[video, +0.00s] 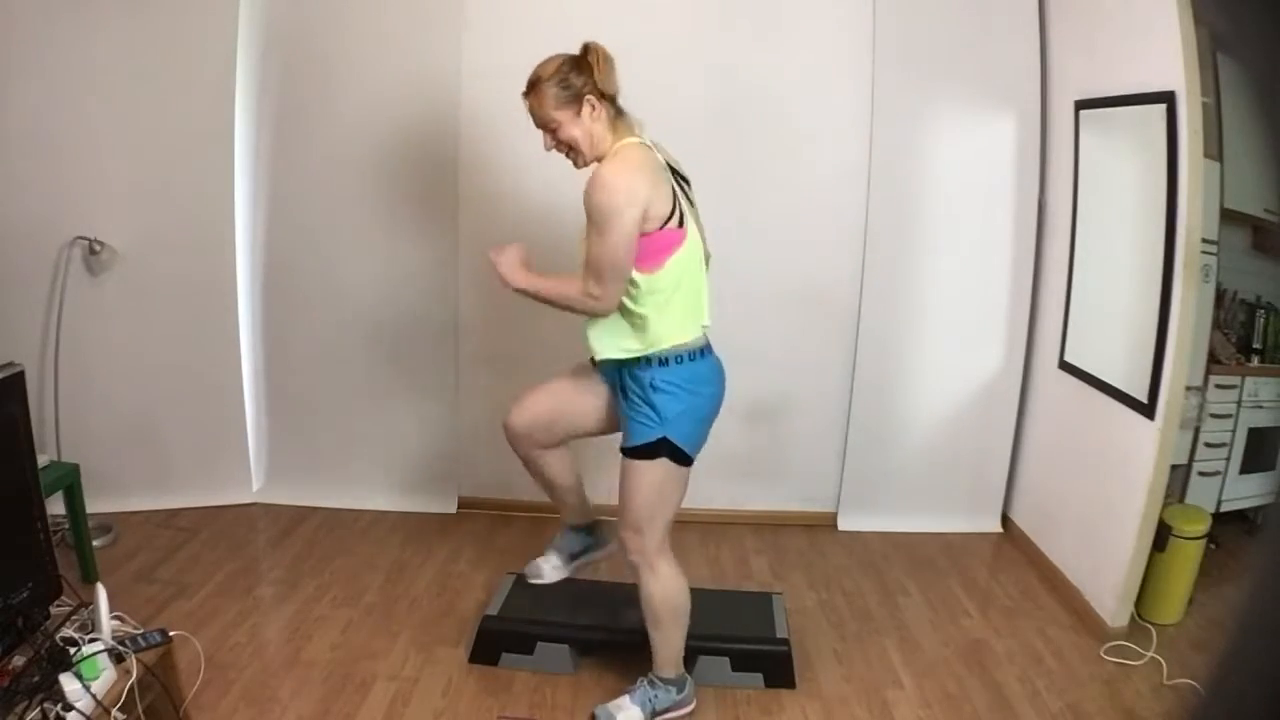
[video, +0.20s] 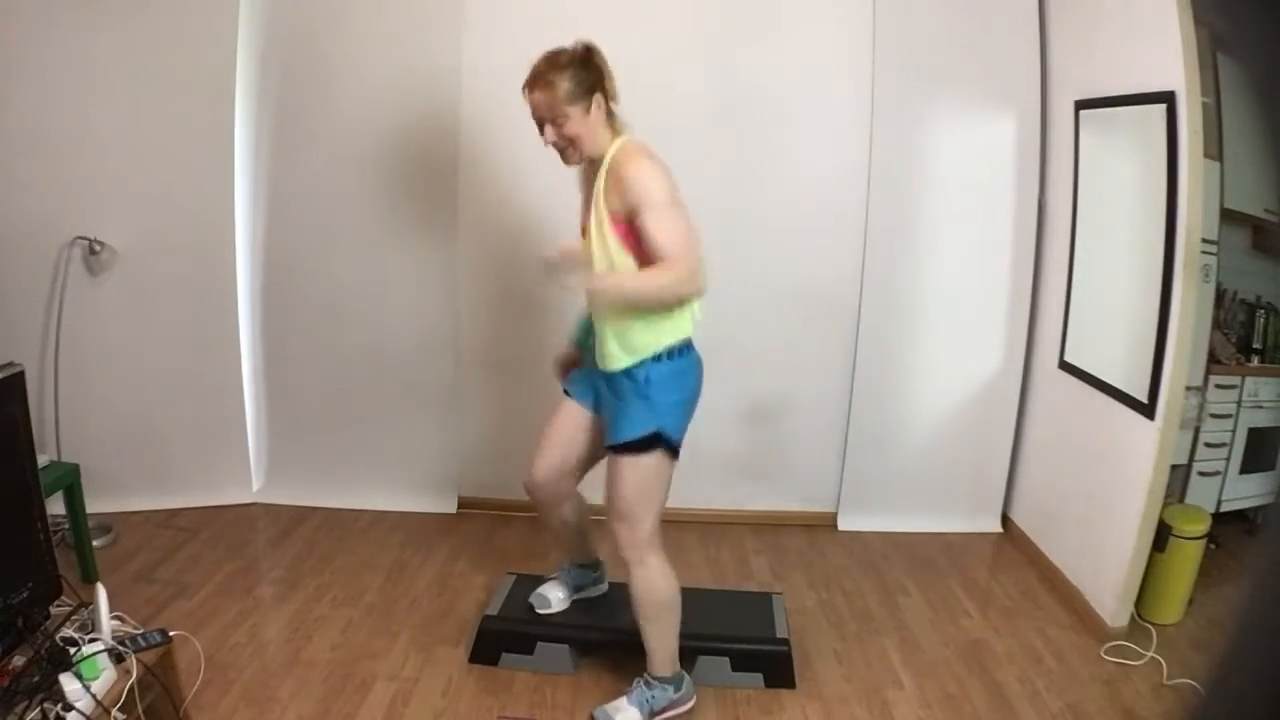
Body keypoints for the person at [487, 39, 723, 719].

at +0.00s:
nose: (548, 141)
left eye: (551, 126)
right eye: (541, 130)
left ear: (592, 107)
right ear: (591, 108)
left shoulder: (616, 179)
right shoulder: (635, 156)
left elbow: (600, 295)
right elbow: (664, 261)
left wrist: (521, 280)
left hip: (672, 379)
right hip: (642, 368)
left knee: (644, 545)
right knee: (526, 425)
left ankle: (670, 682)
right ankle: (583, 529)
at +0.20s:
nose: (548, 136)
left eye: (556, 120)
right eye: (540, 125)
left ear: (598, 105)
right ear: (549, 121)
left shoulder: (637, 170)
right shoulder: (596, 174)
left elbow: (687, 276)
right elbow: (614, 273)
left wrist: (599, 283)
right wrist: (582, 344)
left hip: (655, 371)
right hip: (607, 365)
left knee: (633, 531)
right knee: (547, 478)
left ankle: (666, 679)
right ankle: (583, 568)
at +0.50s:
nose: (655, 85)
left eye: (667, 73)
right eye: (644, 72)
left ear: (680, 65)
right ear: (614, 54)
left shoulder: (693, 115)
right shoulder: (565, 111)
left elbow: (721, 184)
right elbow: (512, 175)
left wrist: (770, 184)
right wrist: (492, 260)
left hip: (661, 312)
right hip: (581, 310)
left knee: (678, 468)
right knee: (577, 459)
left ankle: (659, 569)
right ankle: (584, 568)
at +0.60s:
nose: (689, 95)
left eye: (699, 84)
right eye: (679, 80)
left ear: (708, 74)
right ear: (644, 62)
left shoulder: (705, 125)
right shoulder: (589, 108)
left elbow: (713, 195)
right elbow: (497, 150)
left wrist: (775, 216)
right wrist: (468, 221)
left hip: (662, 319)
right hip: (586, 315)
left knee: (683, 462)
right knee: (574, 468)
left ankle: (647, 570)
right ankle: (582, 568)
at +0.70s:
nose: (711, 104)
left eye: (721, 93)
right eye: (703, 90)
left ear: (727, 85)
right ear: (666, 69)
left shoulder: (715, 132)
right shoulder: (611, 109)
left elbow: (707, 210)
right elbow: (522, 137)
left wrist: (757, 256)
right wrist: (472, 151)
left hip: (667, 320)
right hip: (597, 315)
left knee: (686, 454)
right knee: (584, 477)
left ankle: (646, 571)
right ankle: (556, 560)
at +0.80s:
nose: (727, 102)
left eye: (736, 92)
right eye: (719, 87)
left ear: (740, 83)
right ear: (681, 64)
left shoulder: (715, 128)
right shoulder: (623, 111)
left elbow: (687, 210)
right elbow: (527, 169)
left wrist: (720, 272)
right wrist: (505, 128)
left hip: (667, 315)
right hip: (602, 311)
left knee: (675, 455)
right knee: (604, 471)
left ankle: (644, 572)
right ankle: (534, 572)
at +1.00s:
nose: (741, 125)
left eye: (750, 114)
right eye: (736, 108)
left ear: (716, 100)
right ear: (697, 87)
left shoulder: (693, 158)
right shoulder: (647, 150)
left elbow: (656, 250)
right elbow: (618, 254)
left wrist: (665, 292)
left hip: (655, 345)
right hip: (603, 345)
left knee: (695, 462)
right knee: (606, 510)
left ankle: (643, 573)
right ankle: (565, 656)